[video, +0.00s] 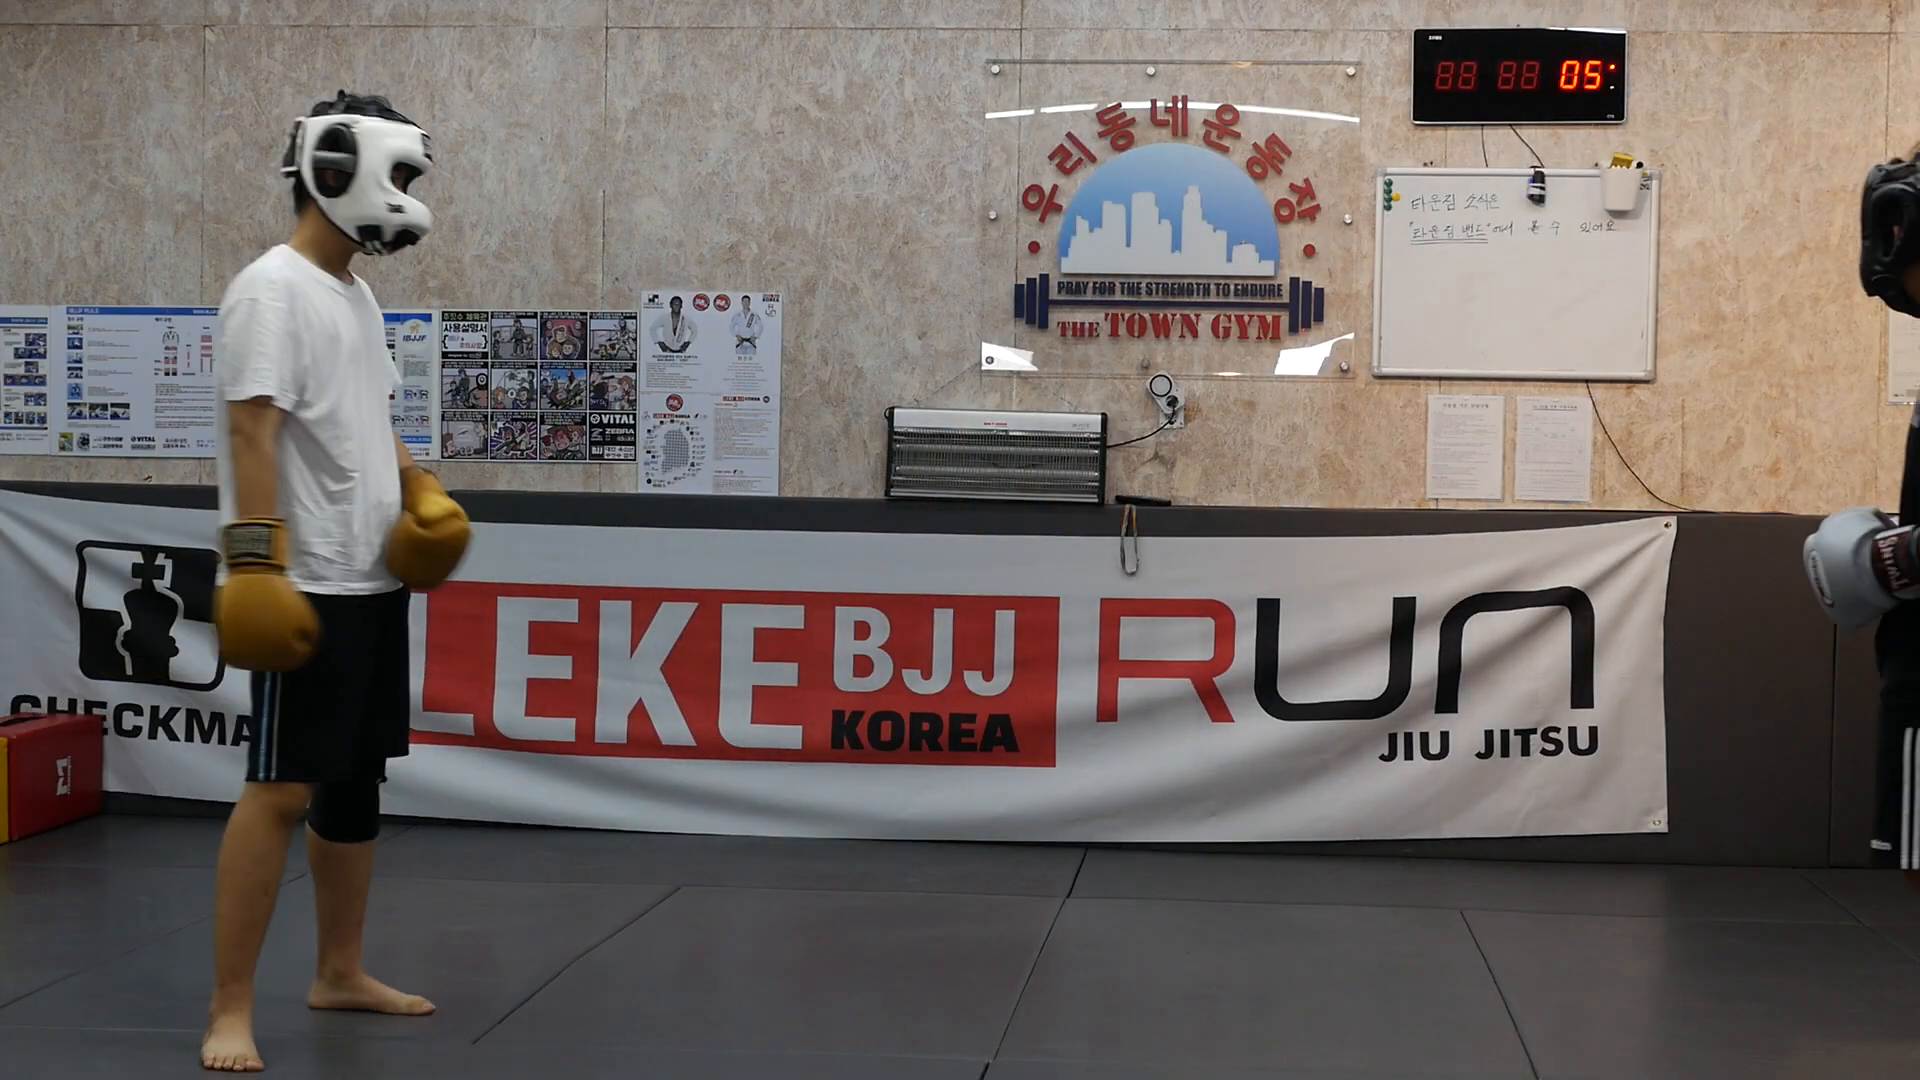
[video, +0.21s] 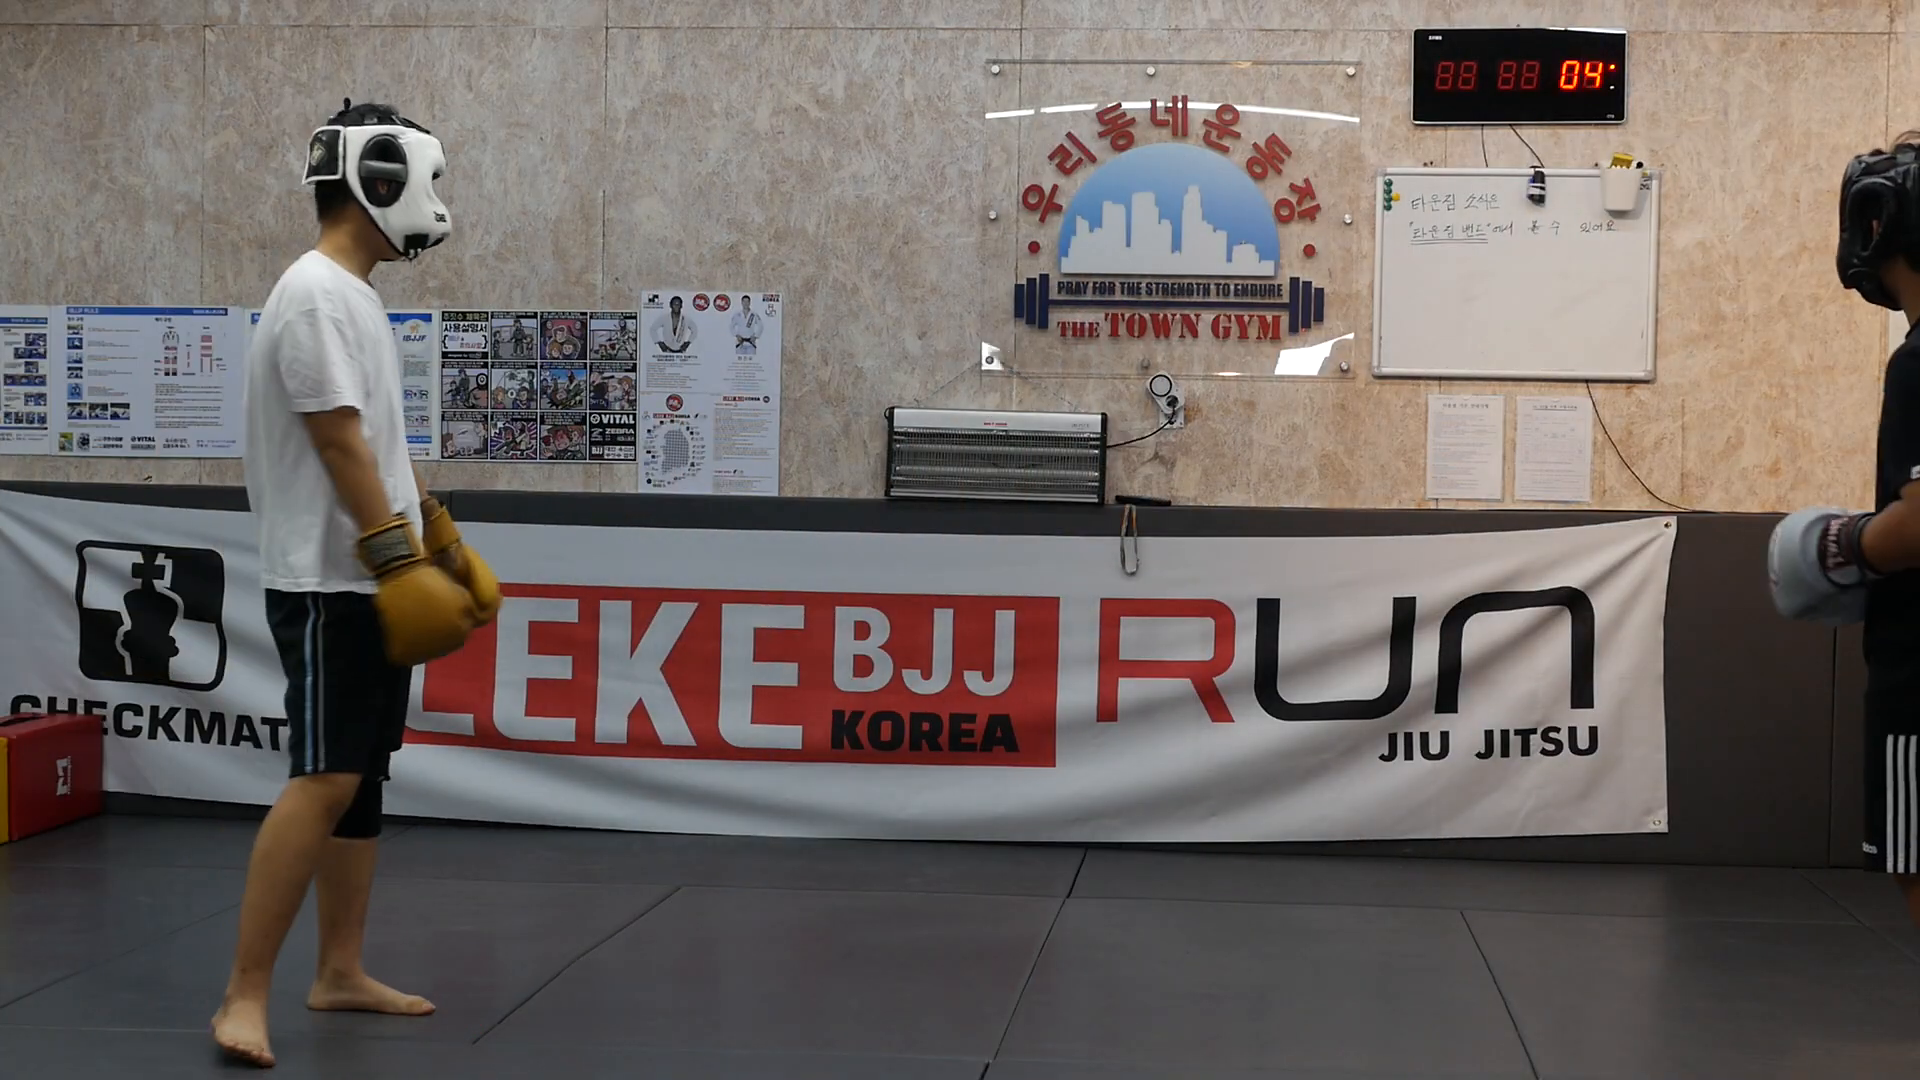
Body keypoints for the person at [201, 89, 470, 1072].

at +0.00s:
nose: (409, 197)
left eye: (413, 178)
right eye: (396, 177)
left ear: (354, 182)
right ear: (339, 175)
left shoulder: (356, 296)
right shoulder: (270, 288)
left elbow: (371, 429)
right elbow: (251, 429)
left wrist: (420, 491)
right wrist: (258, 562)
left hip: (375, 584)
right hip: (305, 584)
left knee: (353, 785)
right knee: (279, 790)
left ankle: (341, 973)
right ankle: (231, 1010)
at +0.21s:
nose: (433, 203)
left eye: (431, 182)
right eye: (423, 183)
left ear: (349, 186)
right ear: (382, 186)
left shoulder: (355, 298)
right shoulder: (314, 294)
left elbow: (386, 446)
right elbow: (336, 440)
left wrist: (446, 543)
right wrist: (394, 557)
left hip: (372, 573)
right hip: (324, 577)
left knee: (362, 775)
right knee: (324, 778)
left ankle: (341, 971)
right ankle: (244, 996)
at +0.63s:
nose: (467, 192)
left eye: (462, 172)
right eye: (456, 174)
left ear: (375, 185)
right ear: (418, 183)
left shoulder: (363, 285)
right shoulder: (368, 289)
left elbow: (400, 450)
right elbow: (403, 447)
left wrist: (474, 538)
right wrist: (482, 534)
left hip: (369, 556)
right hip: (348, 557)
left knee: (376, 768)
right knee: (374, 769)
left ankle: (340, 971)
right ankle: (259, 966)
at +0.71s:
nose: (470, 191)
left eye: (465, 173)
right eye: (458, 175)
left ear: (384, 186)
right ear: (415, 184)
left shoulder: (358, 284)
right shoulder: (377, 289)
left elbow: (314, 441)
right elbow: (401, 445)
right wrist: (469, 551)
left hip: (362, 557)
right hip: (354, 560)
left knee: (374, 766)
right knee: (367, 769)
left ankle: (340, 970)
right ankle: (260, 969)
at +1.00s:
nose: (483, 193)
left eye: (481, 175)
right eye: (468, 176)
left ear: (413, 187)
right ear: (417, 185)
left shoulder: (412, 299)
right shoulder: (350, 291)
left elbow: (397, 446)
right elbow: (344, 433)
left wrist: (420, 570)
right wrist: (365, 561)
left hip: (400, 568)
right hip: (344, 570)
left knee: (374, 778)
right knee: (342, 779)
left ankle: (351, 969)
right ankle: (329, 993)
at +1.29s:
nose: (454, 181)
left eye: (458, 165)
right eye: (435, 166)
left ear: (458, 173)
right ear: (377, 171)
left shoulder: (445, 291)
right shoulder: (315, 291)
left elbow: (477, 420)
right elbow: (285, 437)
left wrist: (540, 522)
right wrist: (274, 569)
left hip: (428, 582)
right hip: (345, 581)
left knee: (385, 787)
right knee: (335, 789)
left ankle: (351, 970)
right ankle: (326, 1011)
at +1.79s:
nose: (447, 189)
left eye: (455, 171)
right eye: (428, 171)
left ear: (459, 175)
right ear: (371, 171)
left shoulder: (448, 283)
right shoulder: (300, 290)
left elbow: (462, 418)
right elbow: (273, 441)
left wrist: (489, 518)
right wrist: (261, 579)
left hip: (443, 582)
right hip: (342, 585)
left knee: (507, 770)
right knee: (341, 792)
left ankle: (420, 944)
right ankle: (331, 1014)